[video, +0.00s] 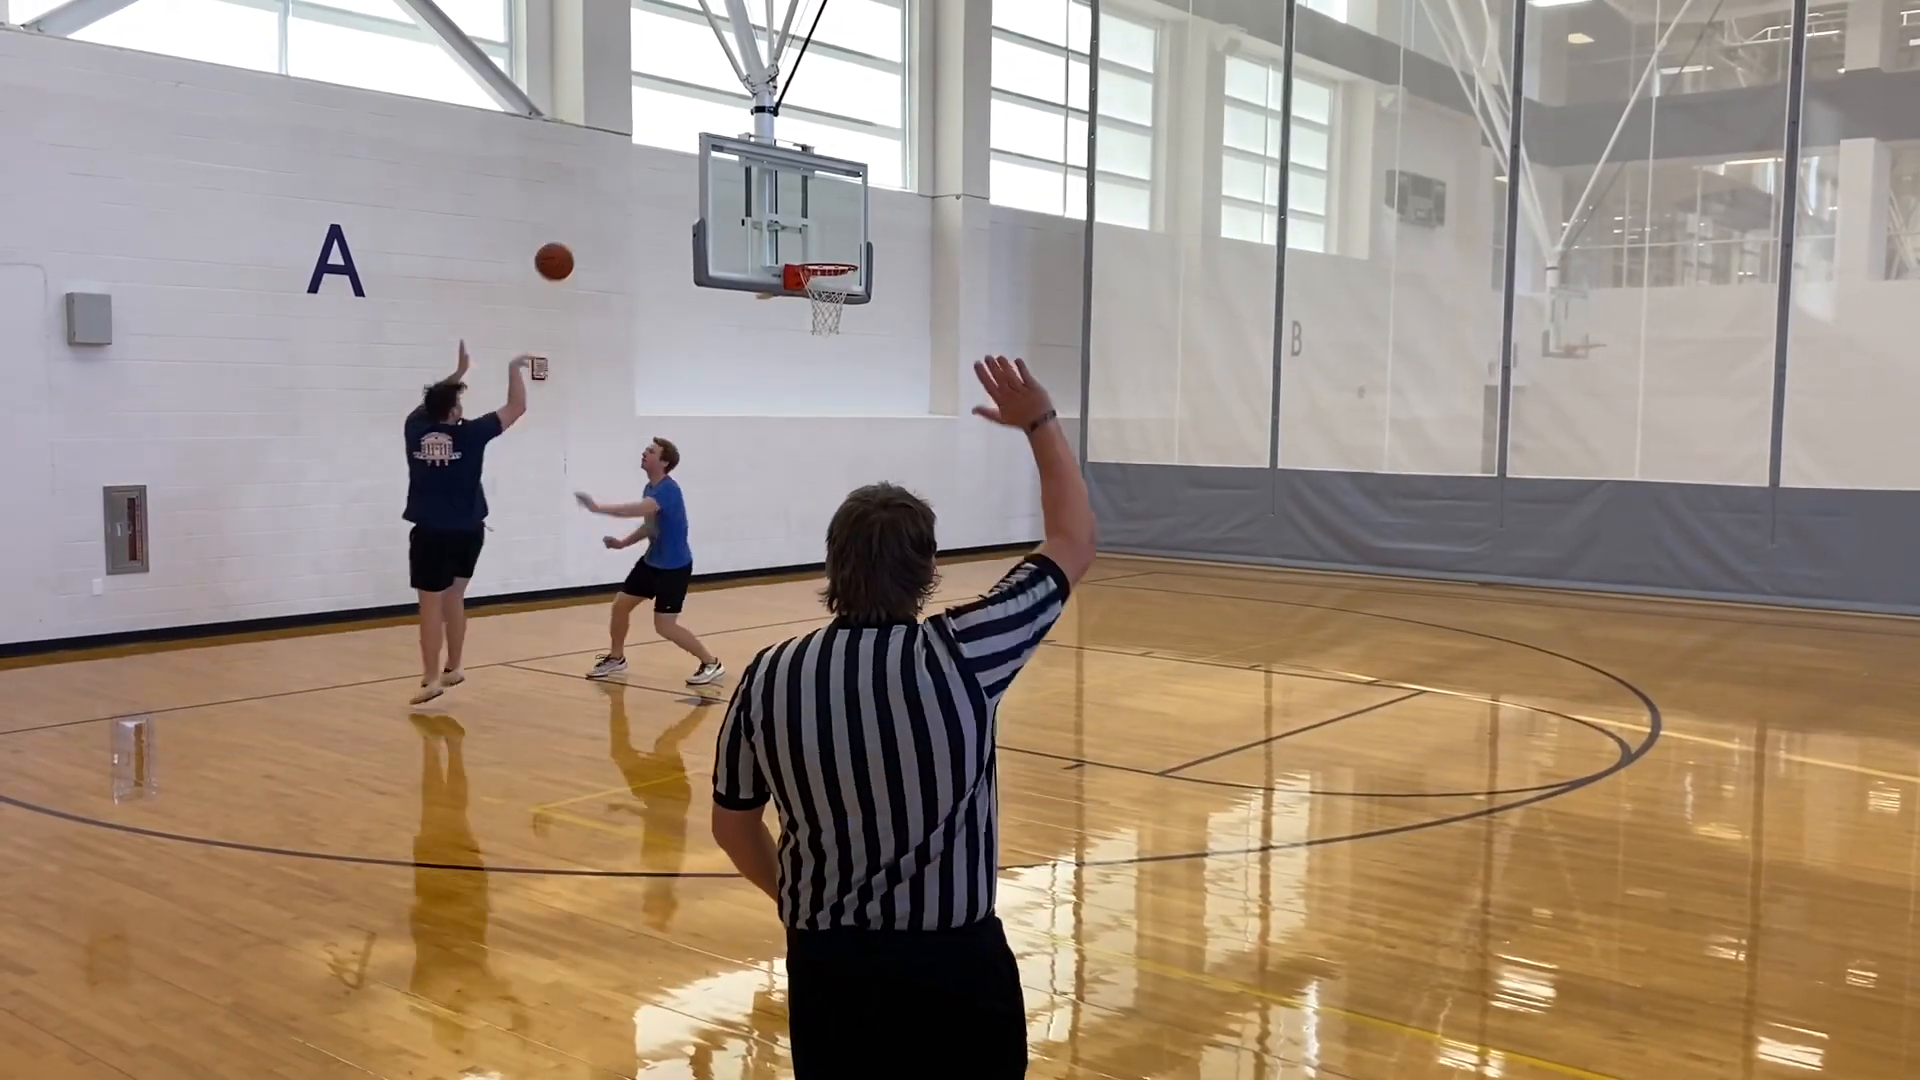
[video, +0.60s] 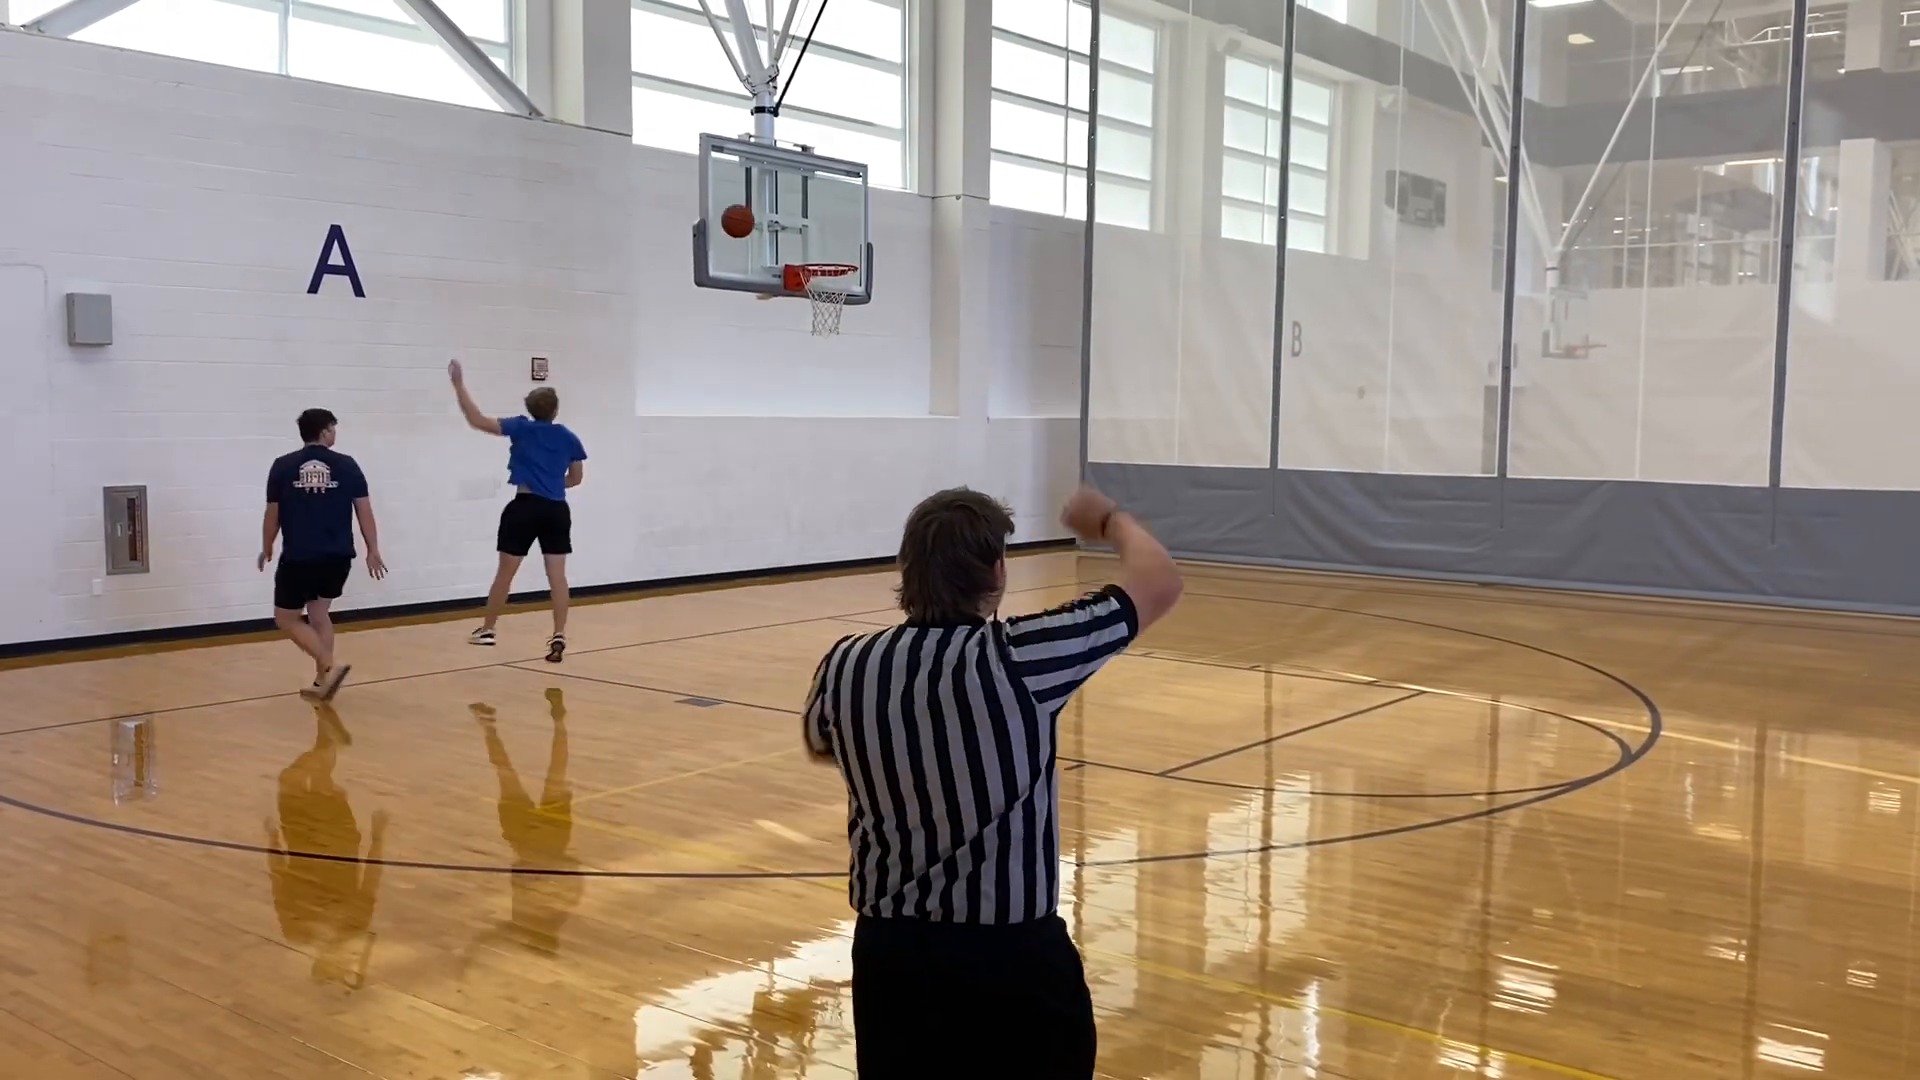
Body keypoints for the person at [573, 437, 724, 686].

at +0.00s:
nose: (644, 454)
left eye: (651, 452)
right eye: (647, 450)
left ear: (663, 462)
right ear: (655, 461)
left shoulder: (668, 490)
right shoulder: (650, 489)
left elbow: (637, 509)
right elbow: (649, 527)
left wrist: (598, 508)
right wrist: (623, 543)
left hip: (675, 567)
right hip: (652, 562)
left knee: (665, 625)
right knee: (621, 606)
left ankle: (711, 664)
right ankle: (616, 659)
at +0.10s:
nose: (623, 447)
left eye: (630, 446)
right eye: (627, 444)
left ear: (641, 457)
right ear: (636, 454)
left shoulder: (641, 479)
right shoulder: (630, 482)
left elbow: (608, 458)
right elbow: (622, 504)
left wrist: (582, 432)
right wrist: (599, 503)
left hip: (645, 559)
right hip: (626, 559)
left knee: (655, 619)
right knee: (599, 609)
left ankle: (707, 659)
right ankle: (615, 662)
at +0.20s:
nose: (612, 412)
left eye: (617, 413)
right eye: (616, 411)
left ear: (623, 423)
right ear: (628, 427)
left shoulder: (610, 436)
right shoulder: (626, 447)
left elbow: (589, 397)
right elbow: (634, 469)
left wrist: (578, 363)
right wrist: (597, 468)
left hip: (612, 523)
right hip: (608, 522)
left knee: (629, 588)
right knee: (605, 590)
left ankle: (667, 639)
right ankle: (607, 649)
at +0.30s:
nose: (594, 387)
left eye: (600, 388)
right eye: (600, 385)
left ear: (601, 399)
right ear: (611, 406)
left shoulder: (586, 408)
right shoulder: (614, 429)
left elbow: (571, 369)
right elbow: (622, 460)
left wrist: (566, 331)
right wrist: (595, 454)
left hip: (584, 498)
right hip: (601, 495)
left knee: (600, 566)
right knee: (603, 565)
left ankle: (618, 624)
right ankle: (613, 620)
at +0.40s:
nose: (578, 381)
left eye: (581, 380)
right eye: (587, 382)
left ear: (578, 388)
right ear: (601, 396)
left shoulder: (564, 400)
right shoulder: (602, 421)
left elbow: (544, 364)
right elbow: (604, 459)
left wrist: (530, 329)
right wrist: (581, 462)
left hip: (559, 487)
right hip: (585, 487)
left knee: (565, 557)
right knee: (592, 552)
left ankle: (571, 618)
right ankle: (605, 610)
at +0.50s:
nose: (551, 387)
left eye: (553, 385)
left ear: (554, 391)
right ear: (579, 395)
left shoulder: (542, 406)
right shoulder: (586, 425)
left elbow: (510, 377)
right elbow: (590, 465)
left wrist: (489, 342)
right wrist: (564, 467)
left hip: (540, 492)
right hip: (572, 494)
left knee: (533, 560)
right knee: (578, 558)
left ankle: (527, 619)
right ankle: (587, 615)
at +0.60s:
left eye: (532, 406)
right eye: (551, 406)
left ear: (529, 408)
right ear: (555, 410)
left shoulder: (520, 427)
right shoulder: (567, 437)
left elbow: (477, 421)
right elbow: (575, 479)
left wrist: (458, 385)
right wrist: (550, 479)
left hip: (523, 508)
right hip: (556, 511)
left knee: (505, 572)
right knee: (558, 576)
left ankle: (488, 629)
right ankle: (559, 636)